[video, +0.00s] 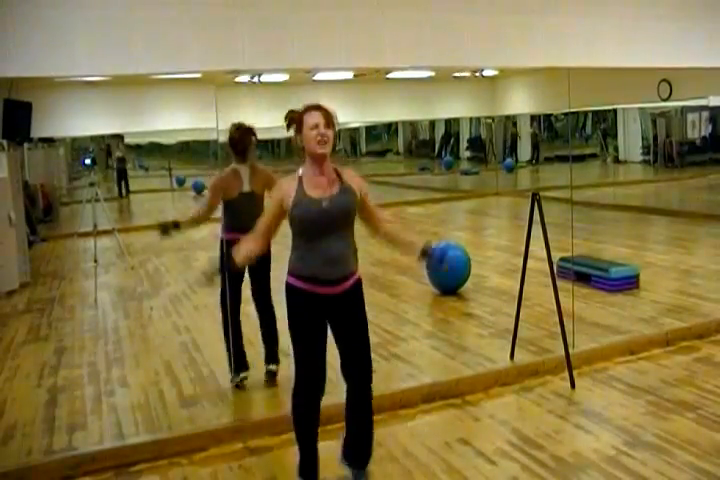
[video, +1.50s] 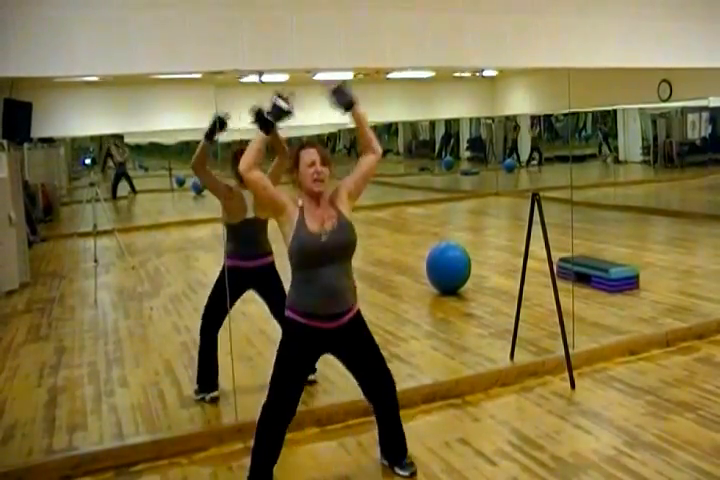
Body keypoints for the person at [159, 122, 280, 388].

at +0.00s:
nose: (250, 148)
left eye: (242, 144)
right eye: (251, 143)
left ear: (229, 147)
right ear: (252, 145)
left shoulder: (223, 180)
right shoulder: (265, 176)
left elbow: (205, 213)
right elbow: (284, 201)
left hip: (231, 245)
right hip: (260, 242)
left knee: (230, 306)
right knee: (264, 302)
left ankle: (238, 368)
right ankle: (272, 360)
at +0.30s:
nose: (240, 139)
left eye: (235, 134)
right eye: (246, 134)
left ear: (231, 138)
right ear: (254, 137)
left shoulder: (223, 170)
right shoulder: (268, 166)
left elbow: (201, 201)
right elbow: (282, 197)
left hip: (232, 241)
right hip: (261, 240)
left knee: (229, 302)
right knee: (268, 298)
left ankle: (233, 365)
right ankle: (274, 358)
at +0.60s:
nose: (243, 166)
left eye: (240, 163)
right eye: (248, 162)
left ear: (233, 170)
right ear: (258, 169)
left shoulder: (228, 193)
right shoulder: (266, 192)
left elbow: (204, 162)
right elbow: (282, 156)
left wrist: (219, 134)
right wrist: (265, 128)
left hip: (237, 272)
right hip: (266, 270)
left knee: (208, 326)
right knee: (289, 321)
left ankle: (204, 386)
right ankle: (308, 374)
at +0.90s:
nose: (248, 148)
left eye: (238, 143)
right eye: (250, 143)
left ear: (231, 147)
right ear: (253, 146)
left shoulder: (225, 179)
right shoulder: (267, 176)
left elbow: (207, 214)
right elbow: (284, 205)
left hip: (232, 247)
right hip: (261, 245)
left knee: (233, 309)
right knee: (266, 303)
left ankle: (239, 373)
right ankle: (273, 365)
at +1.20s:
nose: (247, 139)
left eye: (236, 135)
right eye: (250, 134)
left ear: (230, 138)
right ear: (253, 137)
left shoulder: (223, 170)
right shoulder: (266, 167)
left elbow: (201, 202)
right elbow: (281, 199)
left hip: (231, 241)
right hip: (260, 239)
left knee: (227, 301)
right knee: (269, 297)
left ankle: (231, 366)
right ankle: (276, 358)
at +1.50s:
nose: (241, 168)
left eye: (238, 163)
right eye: (244, 162)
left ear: (233, 168)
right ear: (255, 167)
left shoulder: (228, 194)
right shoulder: (267, 190)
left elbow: (198, 167)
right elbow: (284, 156)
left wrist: (208, 137)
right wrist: (270, 129)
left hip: (235, 271)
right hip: (265, 269)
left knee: (209, 325)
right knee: (288, 320)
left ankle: (208, 386)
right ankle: (305, 369)